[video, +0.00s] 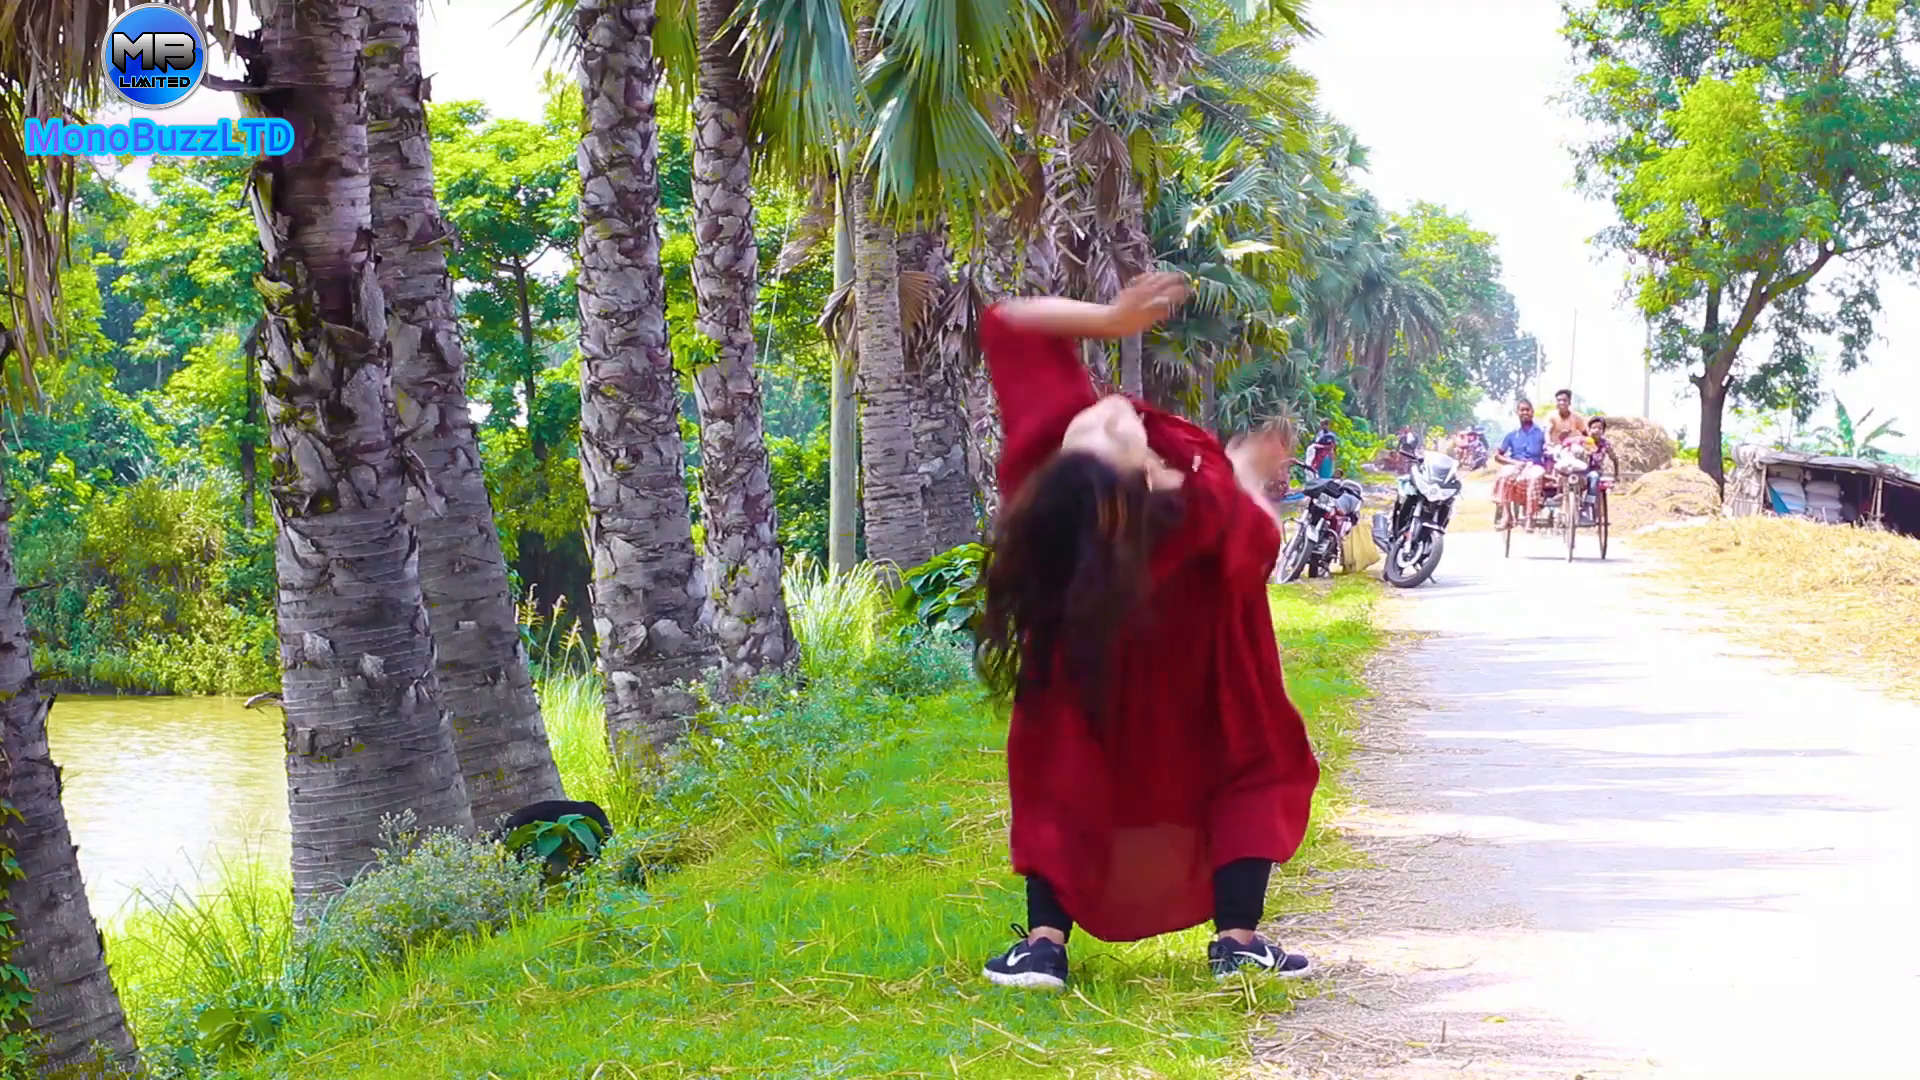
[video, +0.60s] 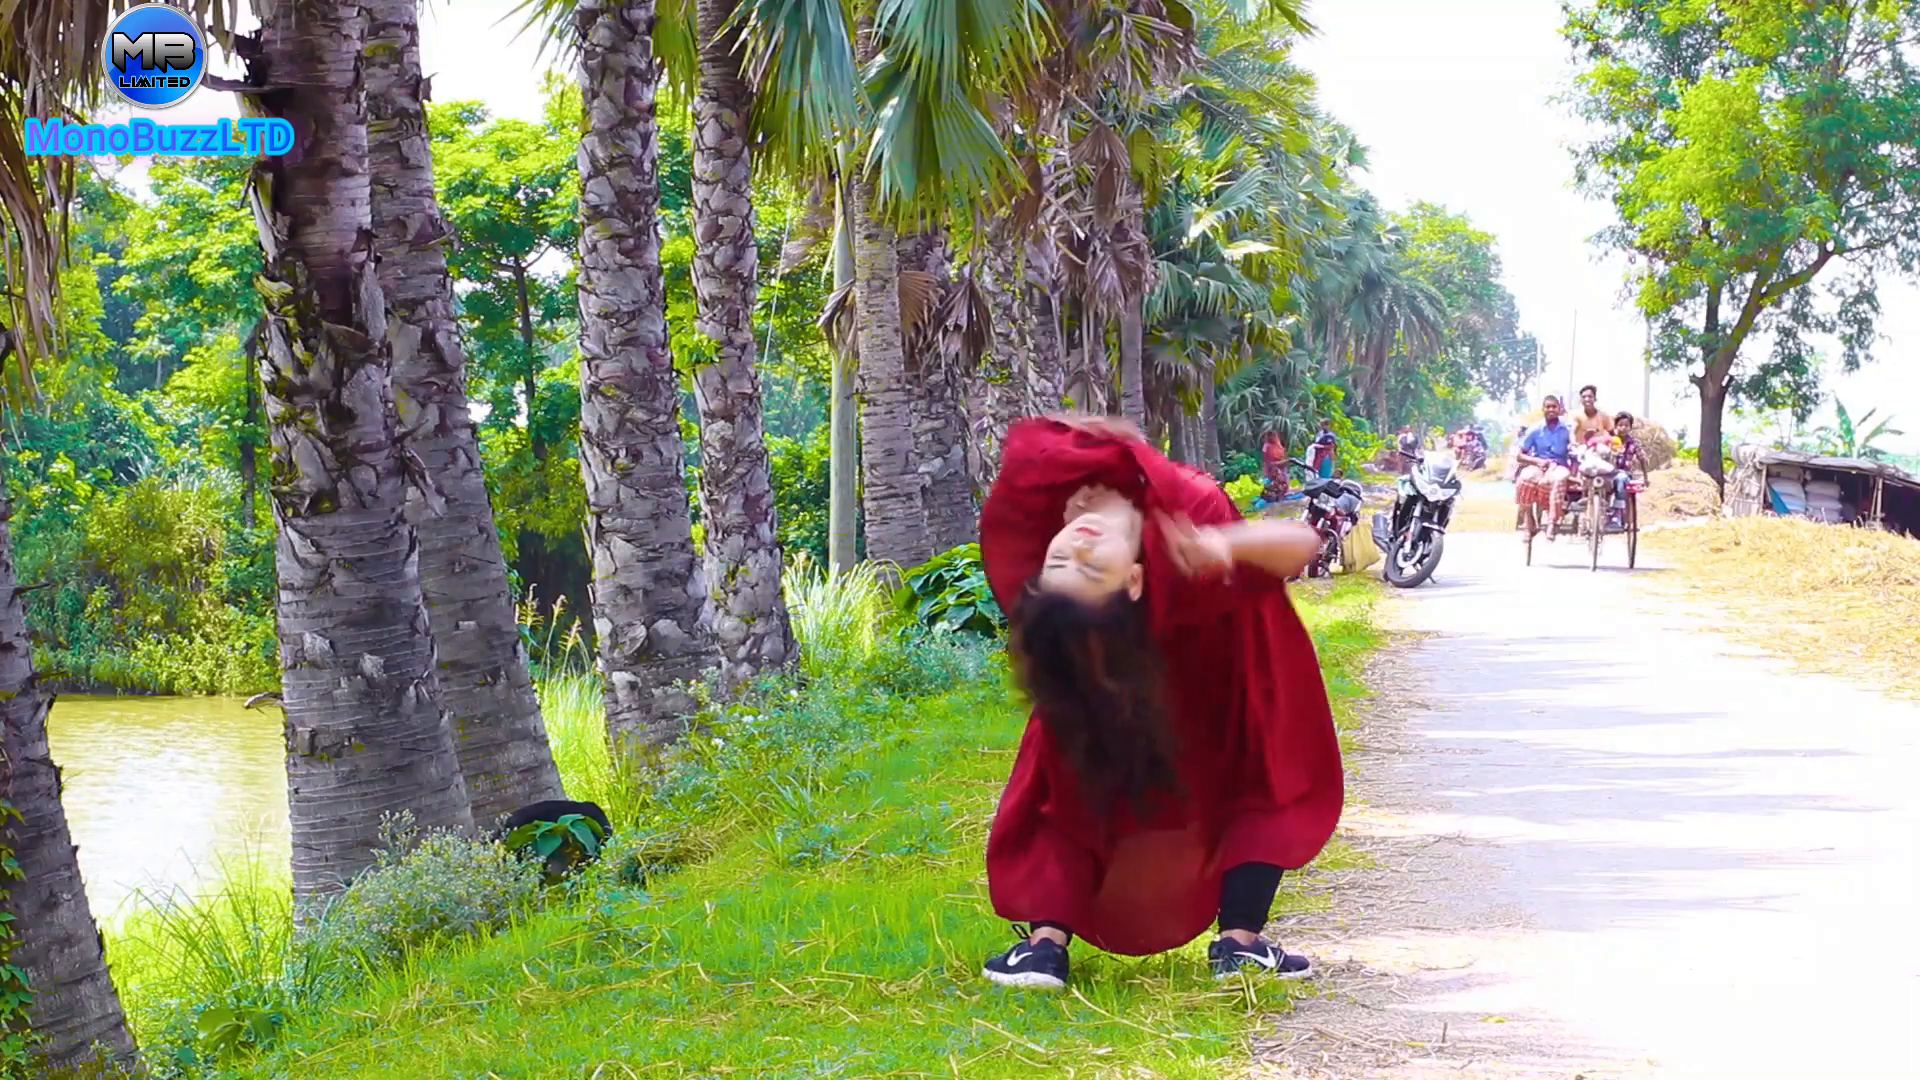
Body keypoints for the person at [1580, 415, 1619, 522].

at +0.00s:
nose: (1596, 431)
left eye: (1599, 428)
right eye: (1593, 427)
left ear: (1603, 431)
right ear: (1588, 430)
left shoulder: (1604, 444)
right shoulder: (1584, 442)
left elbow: (1614, 459)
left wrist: (1616, 475)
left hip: (1594, 469)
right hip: (1580, 469)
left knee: (1593, 476)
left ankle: (1589, 504)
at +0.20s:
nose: (1604, 429)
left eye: (1608, 426)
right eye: (1602, 426)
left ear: (1611, 429)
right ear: (1597, 428)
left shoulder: (1613, 443)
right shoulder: (1593, 441)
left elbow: (1623, 458)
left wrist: (1625, 476)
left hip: (1607, 470)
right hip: (1592, 469)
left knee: (1601, 476)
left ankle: (1599, 508)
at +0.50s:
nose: (1618, 429)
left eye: (1621, 426)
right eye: (1615, 425)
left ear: (1625, 428)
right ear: (1611, 427)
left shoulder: (1627, 443)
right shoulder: (1606, 440)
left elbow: (1637, 459)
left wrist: (1640, 476)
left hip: (1619, 470)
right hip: (1604, 469)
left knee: (1616, 479)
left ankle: (1613, 511)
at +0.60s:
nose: (1623, 428)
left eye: (1626, 425)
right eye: (1620, 425)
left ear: (1630, 428)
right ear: (1615, 426)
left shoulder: (1632, 443)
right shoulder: (1610, 440)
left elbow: (1642, 459)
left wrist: (1645, 478)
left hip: (1623, 471)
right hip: (1607, 471)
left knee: (1620, 479)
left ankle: (1618, 513)